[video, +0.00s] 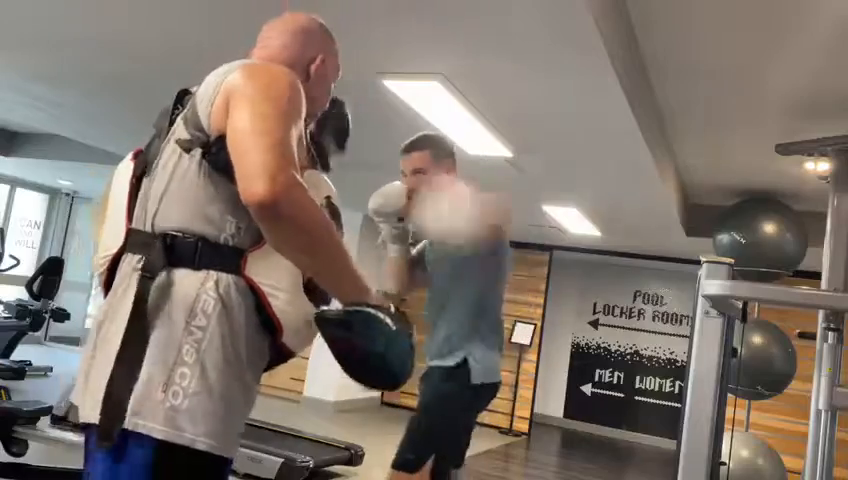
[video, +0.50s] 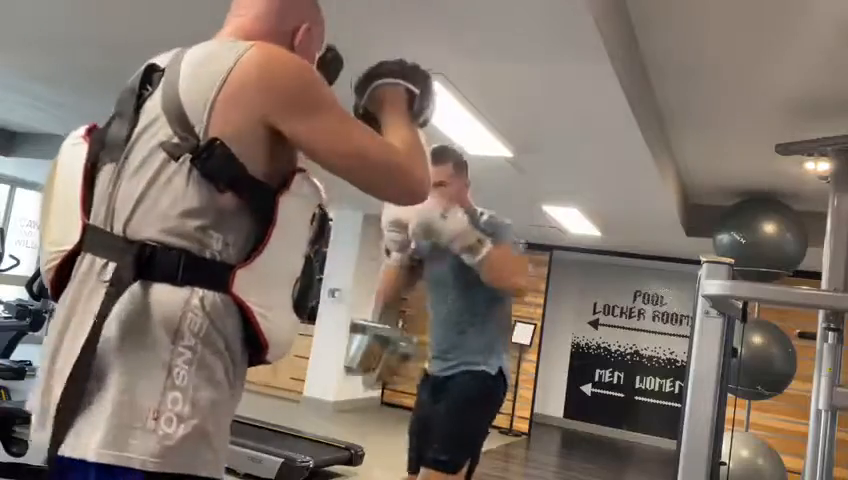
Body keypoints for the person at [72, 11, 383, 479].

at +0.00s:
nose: (328, 101)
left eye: (334, 86)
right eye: (333, 82)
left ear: (264, 45)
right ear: (319, 63)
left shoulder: (208, 94)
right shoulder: (266, 79)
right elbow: (269, 190)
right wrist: (360, 298)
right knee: (170, 464)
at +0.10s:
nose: (328, 100)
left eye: (333, 87)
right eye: (332, 84)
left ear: (265, 47)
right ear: (318, 65)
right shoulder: (263, 79)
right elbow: (277, 185)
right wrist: (370, 271)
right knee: (169, 467)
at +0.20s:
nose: (324, 103)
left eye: (330, 89)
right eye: (329, 85)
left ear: (260, 48)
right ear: (313, 67)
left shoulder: (205, 96)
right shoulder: (262, 78)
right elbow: (317, 179)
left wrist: (330, 227)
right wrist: (395, 232)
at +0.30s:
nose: (315, 90)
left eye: (318, 79)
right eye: (317, 76)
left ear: (247, 43)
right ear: (304, 58)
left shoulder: (188, 93)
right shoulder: (262, 83)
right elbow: (385, 194)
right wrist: (430, 176)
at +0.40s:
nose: (313, 76)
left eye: (319, 68)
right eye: (317, 64)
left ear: (241, 26)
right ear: (303, 47)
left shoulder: (172, 81)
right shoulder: (269, 80)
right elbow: (406, 187)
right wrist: (409, 129)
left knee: (86, 464)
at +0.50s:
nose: (315, 62)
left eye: (320, 52)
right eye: (318, 49)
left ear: (236, 18)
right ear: (303, 36)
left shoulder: (160, 70)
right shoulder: (272, 71)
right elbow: (410, 181)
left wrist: (301, 96)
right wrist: (392, 97)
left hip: (85, 306)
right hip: (170, 330)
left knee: (77, 460)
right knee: (145, 465)